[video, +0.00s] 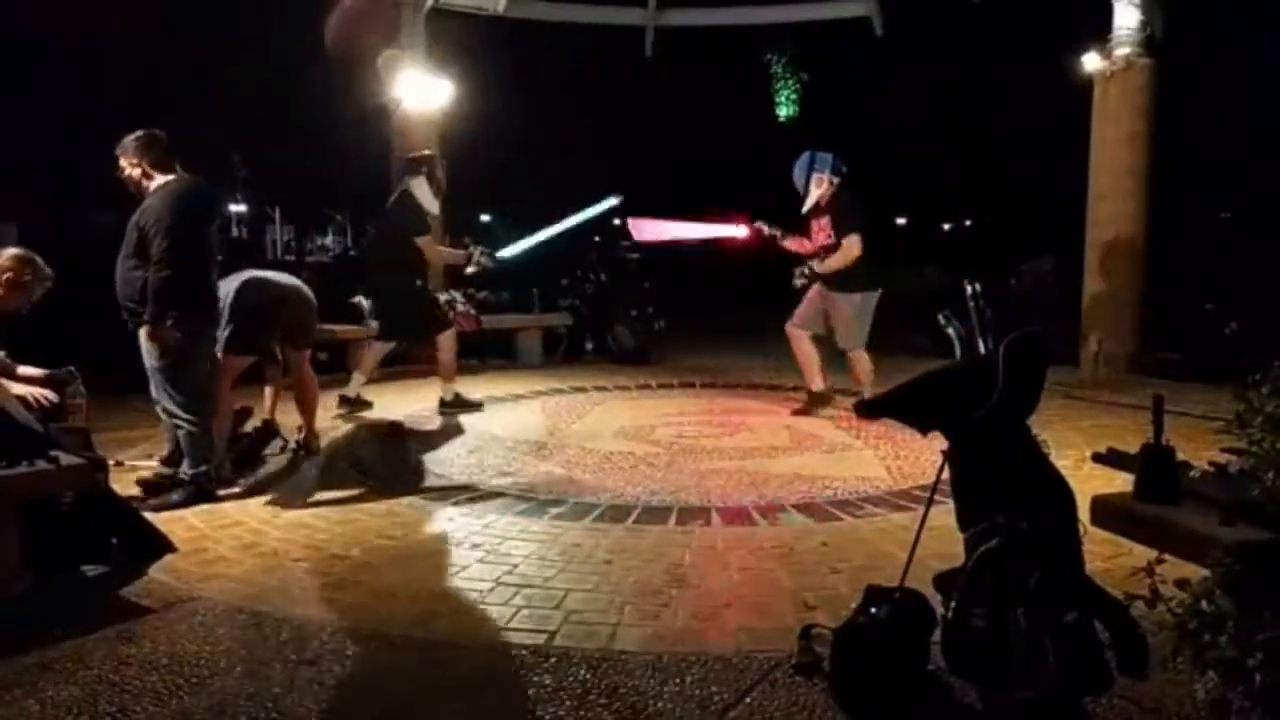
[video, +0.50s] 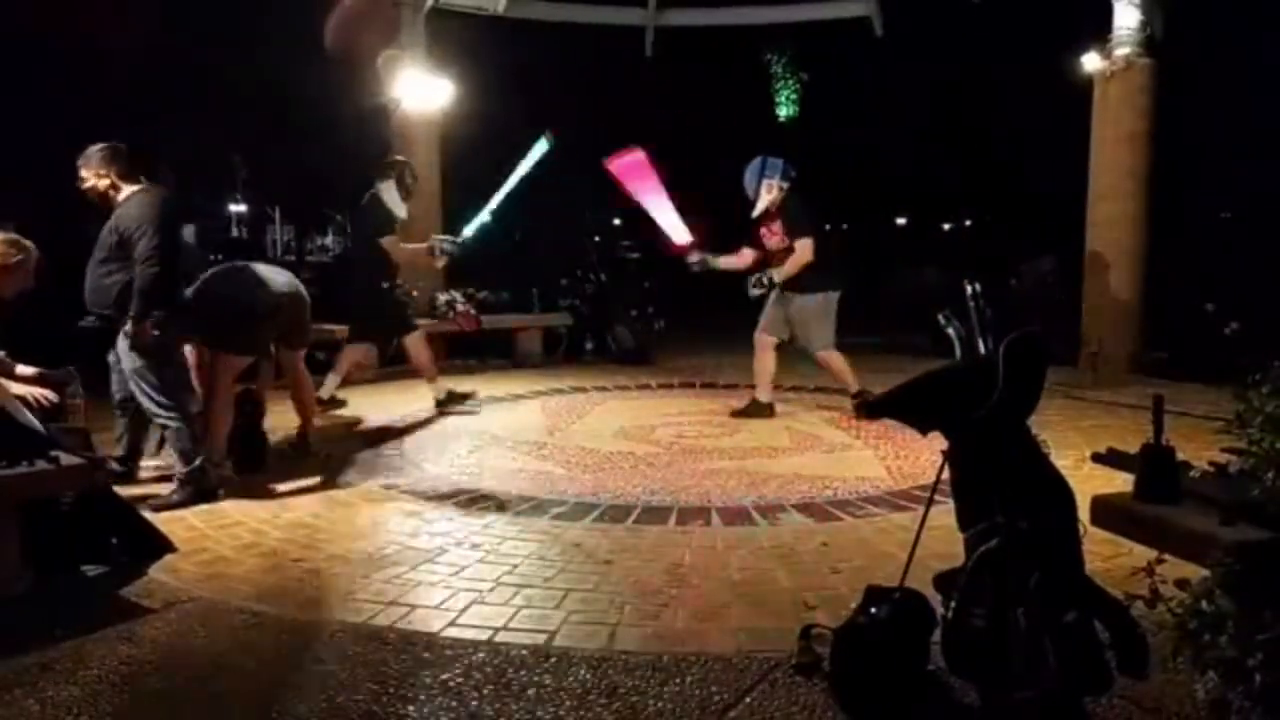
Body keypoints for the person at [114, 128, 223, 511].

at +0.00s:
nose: (124, 175)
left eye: (125, 166)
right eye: (122, 168)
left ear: (140, 164)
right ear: (158, 159)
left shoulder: (166, 203)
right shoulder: (186, 193)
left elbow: (165, 266)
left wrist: (154, 320)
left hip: (171, 318)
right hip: (181, 313)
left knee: (181, 400)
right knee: (167, 397)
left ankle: (198, 475)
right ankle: (177, 462)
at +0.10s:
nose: (119, 176)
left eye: (121, 167)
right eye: (118, 168)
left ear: (136, 164)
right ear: (153, 160)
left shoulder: (161, 204)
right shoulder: (186, 192)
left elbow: (159, 268)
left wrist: (148, 319)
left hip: (165, 317)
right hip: (182, 311)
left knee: (177, 400)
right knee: (156, 393)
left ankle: (196, 476)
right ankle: (164, 458)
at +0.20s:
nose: (115, 177)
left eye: (116, 168)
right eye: (113, 169)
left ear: (132, 165)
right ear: (147, 162)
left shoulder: (157, 204)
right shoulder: (178, 194)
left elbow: (155, 267)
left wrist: (144, 318)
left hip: (161, 317)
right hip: (169, 313)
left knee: (174, 400)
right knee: (147, 392)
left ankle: (193, 477)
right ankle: (156, 457)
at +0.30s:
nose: (105, 180)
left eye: (106, 171)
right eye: (103, 172)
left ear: (123, 167)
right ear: (138, 164)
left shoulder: (150, 206)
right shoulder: (170, 195)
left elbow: (151, 267)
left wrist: (140, 319)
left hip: (154, 316)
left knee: (169, 401)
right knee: (139, 390)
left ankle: (196, 476)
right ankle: (138, 457)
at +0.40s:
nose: (97, 184)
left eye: (98, 175)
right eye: (95, 176)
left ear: (117, 171)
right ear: (125, 169)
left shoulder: (148, 207)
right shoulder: (148, 200)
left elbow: (150, 266)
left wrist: (140, 318)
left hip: (146, 319)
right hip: (132, 316)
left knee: (166, 402)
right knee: (134, 394)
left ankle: (196, 474)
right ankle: (128, 460)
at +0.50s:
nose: (85, 188)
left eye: (86, 180)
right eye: (83, 181)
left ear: (106, 176)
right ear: (109, 175)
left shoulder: (144, 207)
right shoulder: (132, 205)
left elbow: (150, 266)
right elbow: (142, 264)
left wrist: (137, 317)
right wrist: (123, 311)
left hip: (139, 321)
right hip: (122, 320)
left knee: (163, 404)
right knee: (125, 396)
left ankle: (195, 474)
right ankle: (125, 461)